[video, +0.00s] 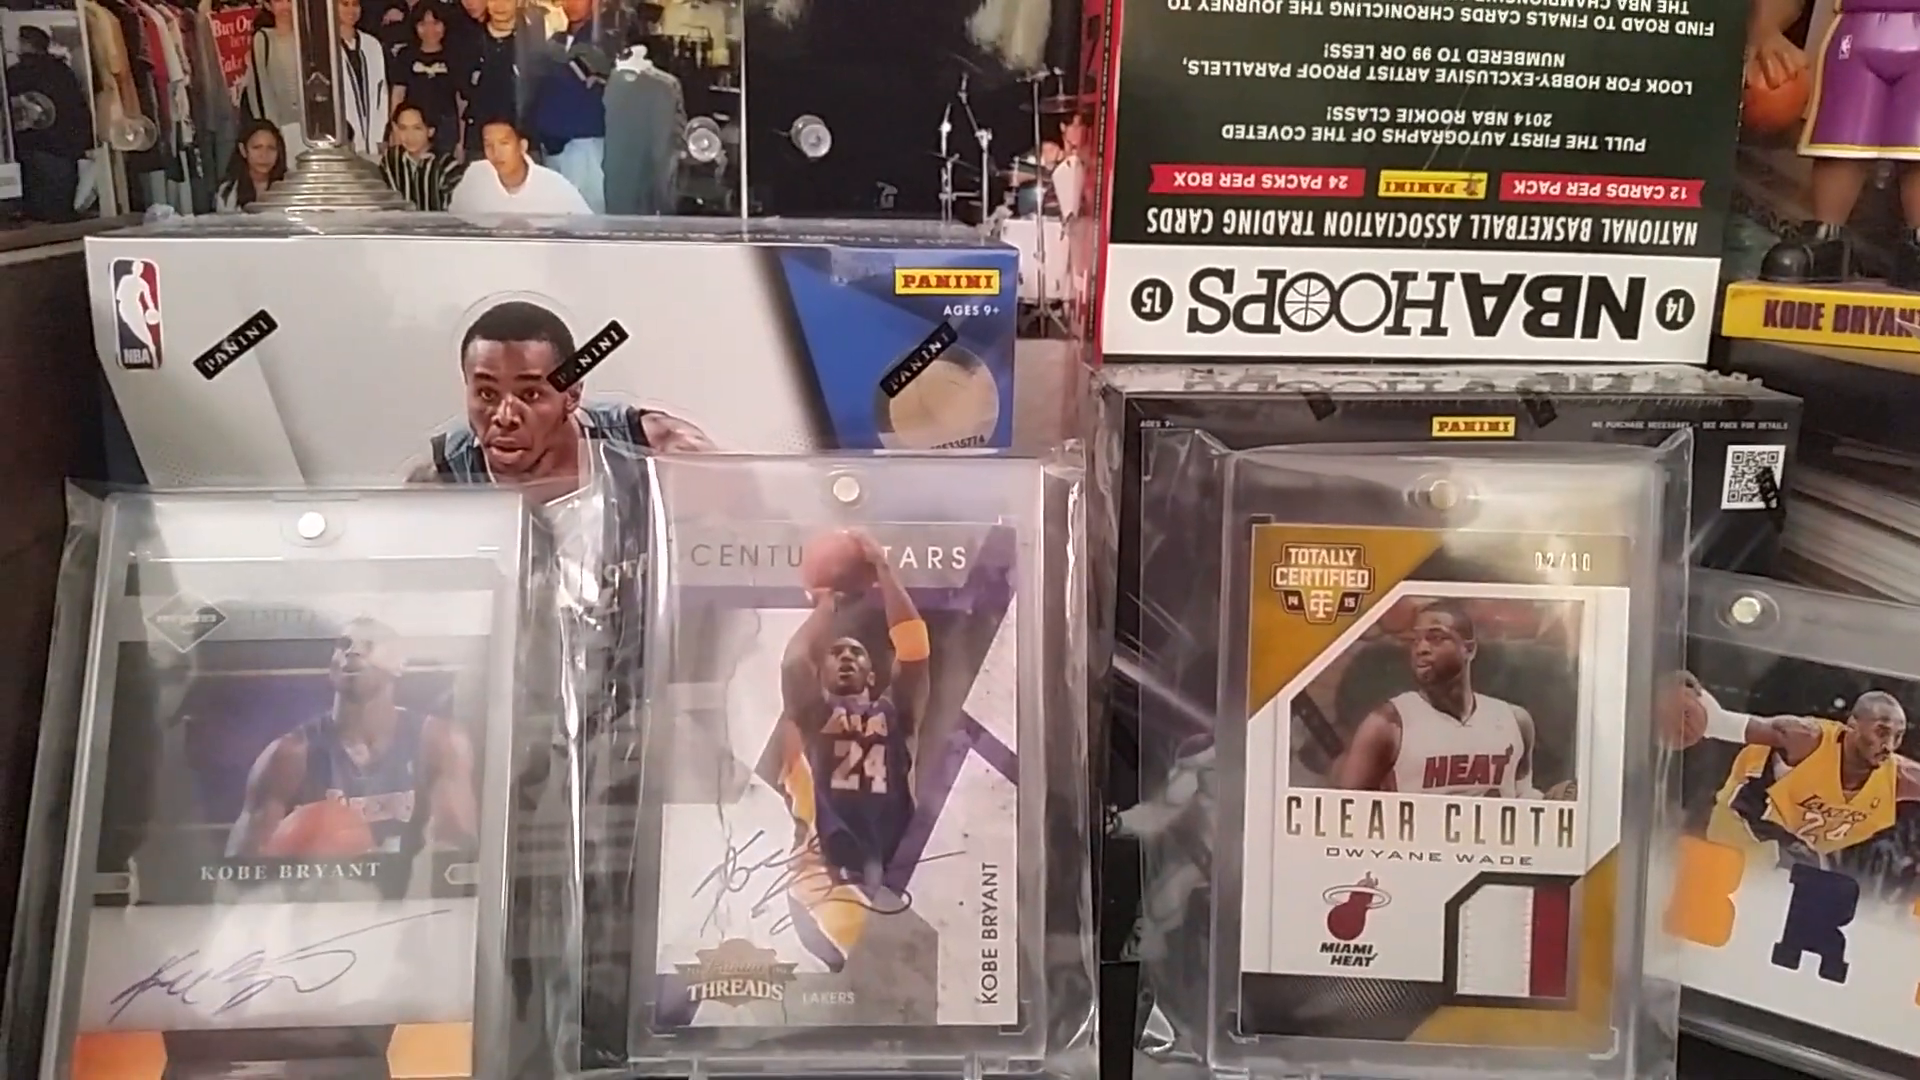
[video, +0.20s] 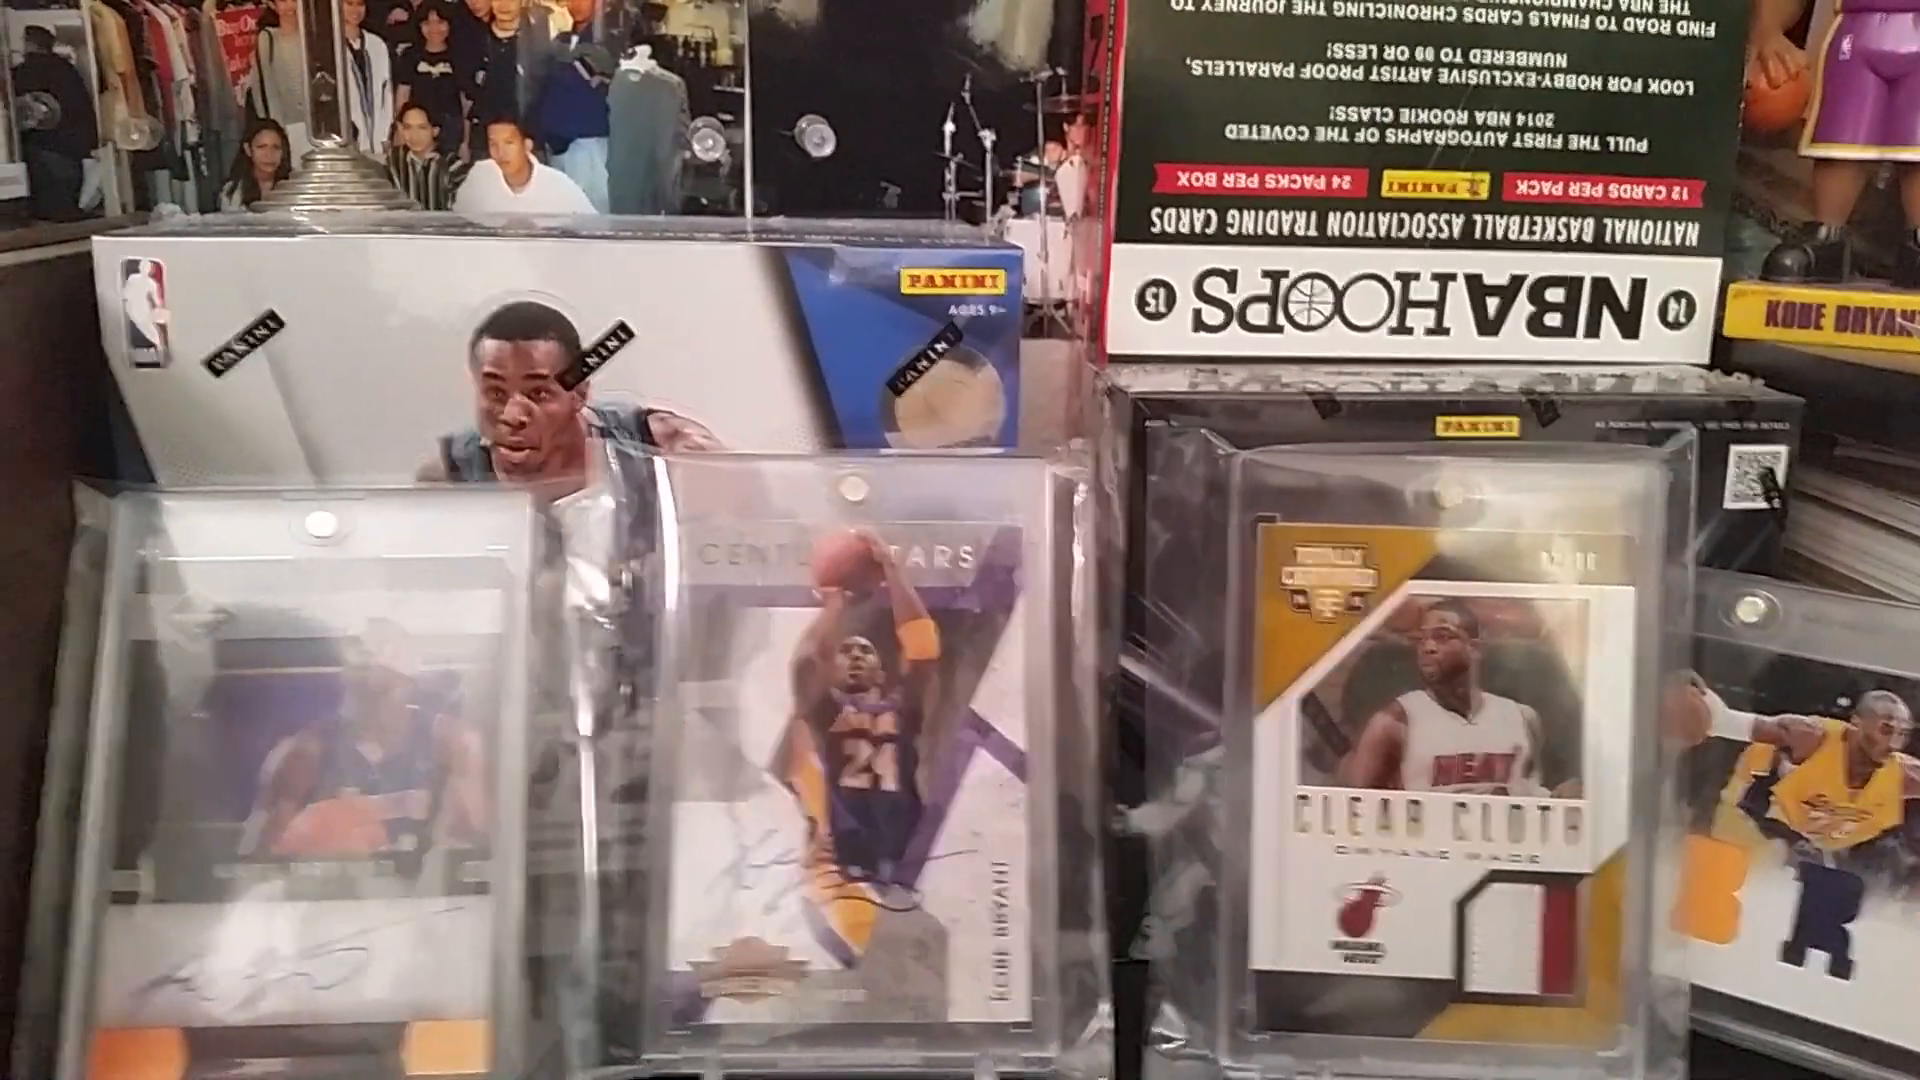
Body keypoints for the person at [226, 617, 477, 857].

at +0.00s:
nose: (351, 654)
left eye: (369, 646)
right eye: (343, 645)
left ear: (398, 663)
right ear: (330, 661)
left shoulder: (442, 743)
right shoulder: (286, 757)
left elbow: (455, 849)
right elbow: (238, 869)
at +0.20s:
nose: (367, 671)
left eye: (378, 660)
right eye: (356, 660)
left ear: (405, 674)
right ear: (343, 671)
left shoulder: (454, 742)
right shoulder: (303, 752)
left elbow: (469, 841)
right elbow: (263, 851)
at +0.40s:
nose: (410, 653)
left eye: (426, 642)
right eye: (403, 643)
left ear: (453, 660)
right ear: (391, 659)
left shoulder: (498, 733)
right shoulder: (351, 744)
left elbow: (513, 829)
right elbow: (302, 848)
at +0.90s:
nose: (400, 677)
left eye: (413, 665)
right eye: (389, 662)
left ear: (438, 674)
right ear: (374, 672)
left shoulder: (479, 739)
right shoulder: (327, 749)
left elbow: (492, 834)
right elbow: (282, 848)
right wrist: (352, 821)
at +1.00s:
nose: (315, 682)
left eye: (327, 670)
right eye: (304, 671)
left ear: (355, 679)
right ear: (290, 681)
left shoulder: (401, 747)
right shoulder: (243, 762)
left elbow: (412, 846)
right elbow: (199, 851)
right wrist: (269, 834)